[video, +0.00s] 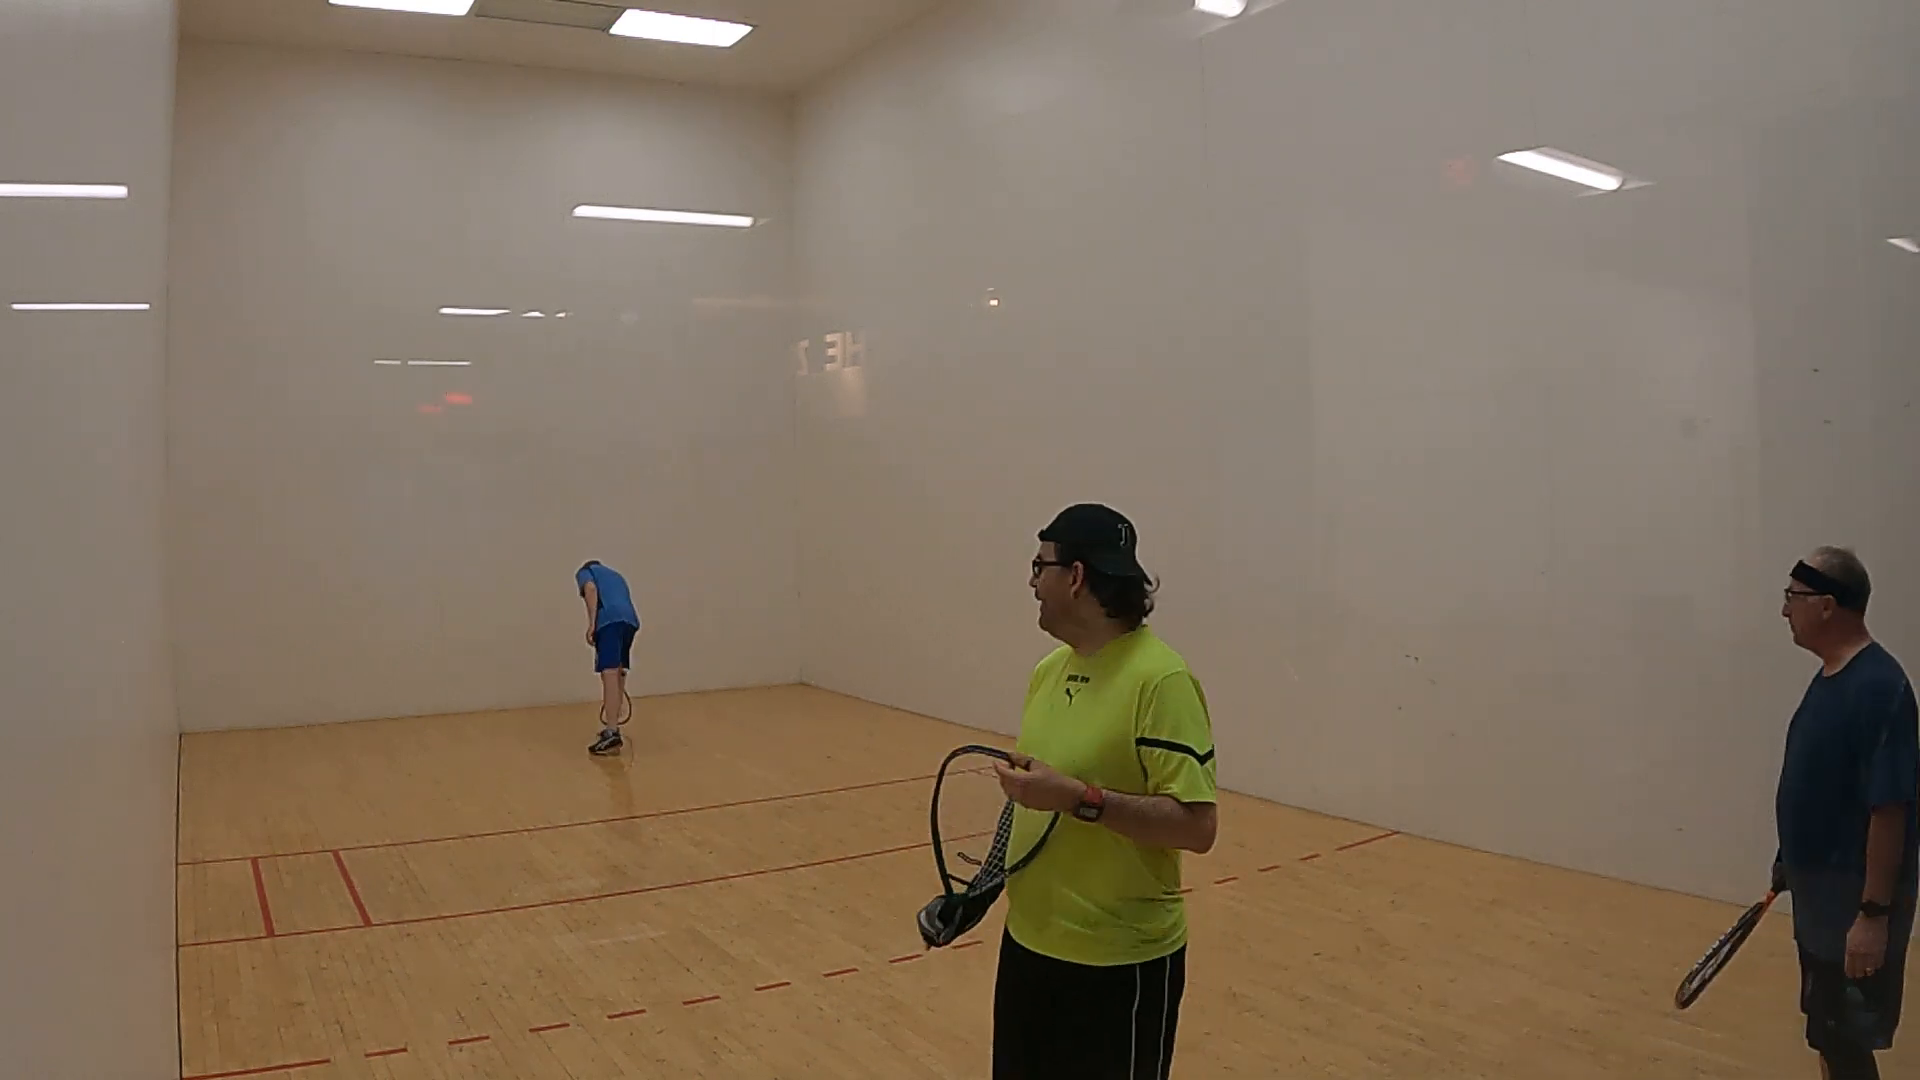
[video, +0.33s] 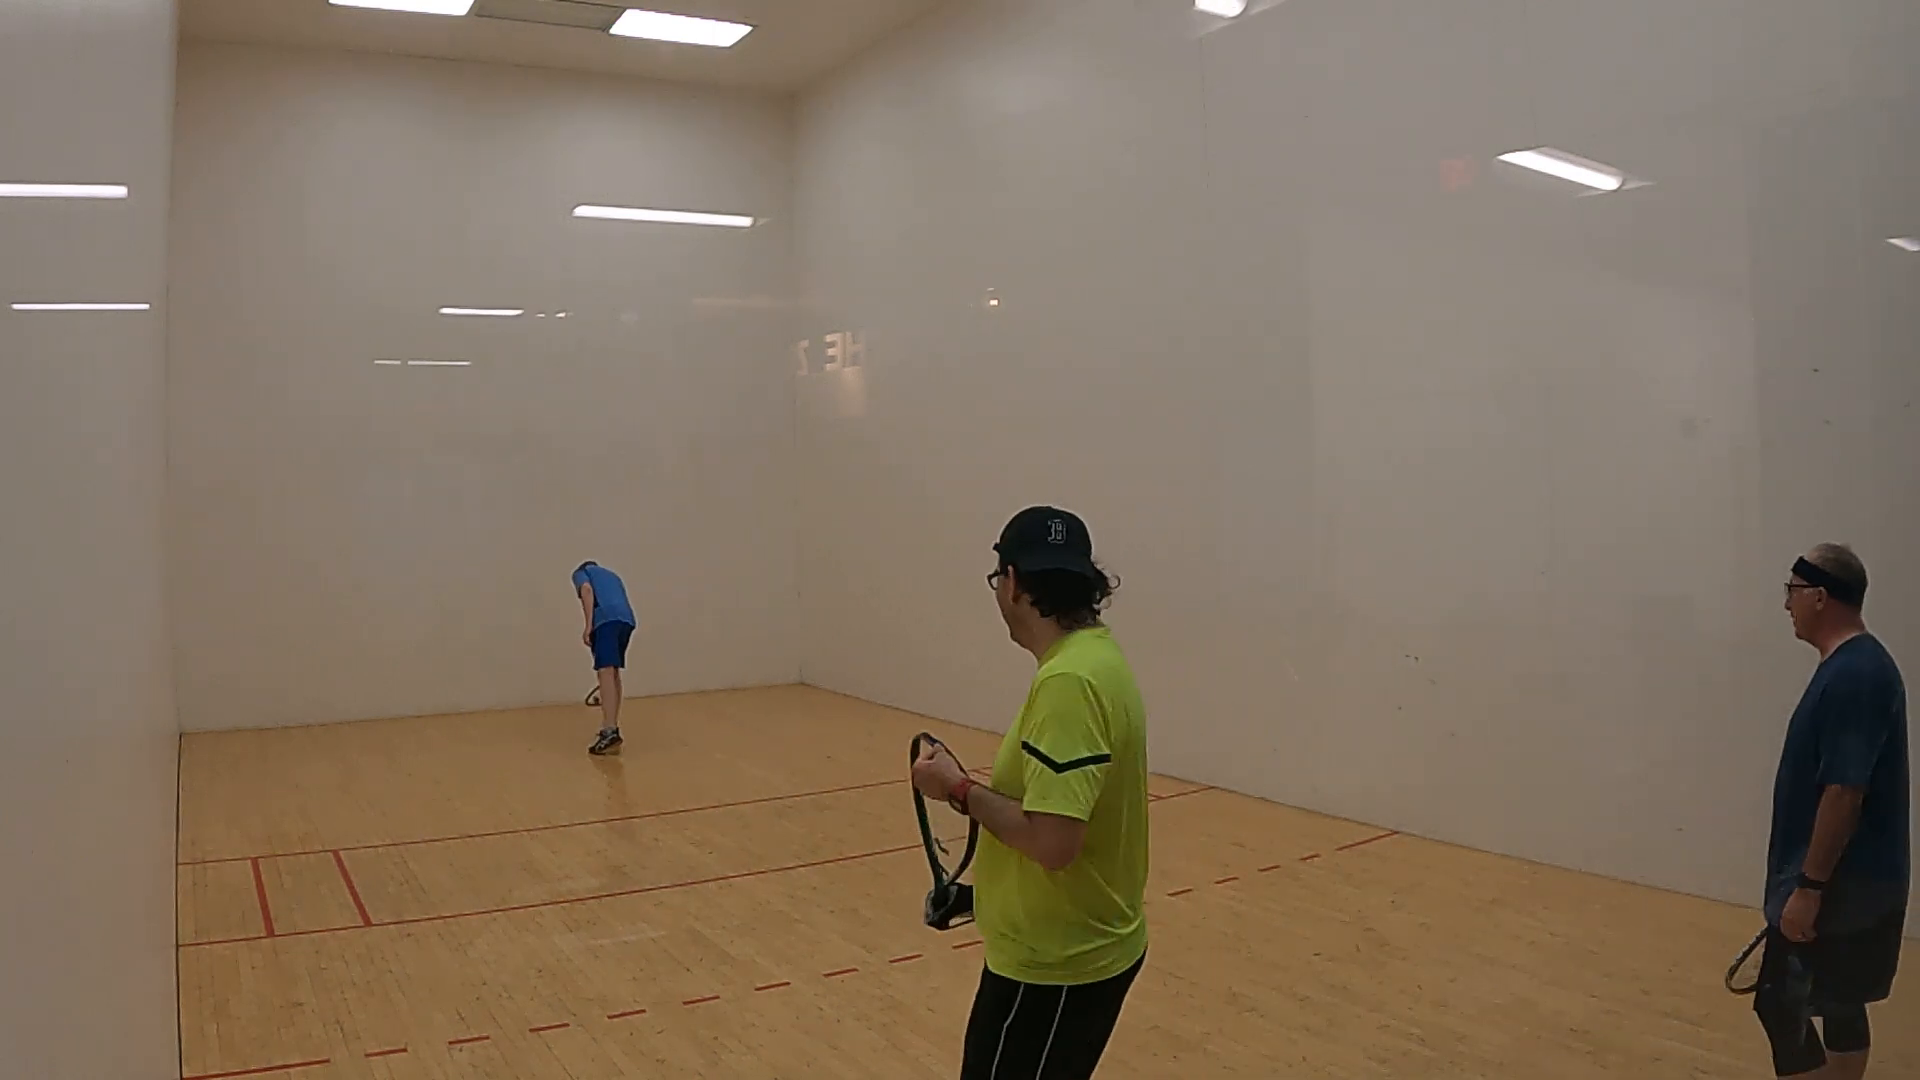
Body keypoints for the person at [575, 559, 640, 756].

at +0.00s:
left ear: (585, 568)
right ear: (599, 566)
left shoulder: (585, 571)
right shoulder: (615, 575)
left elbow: (591, 589)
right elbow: (622, 605)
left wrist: (591, 624)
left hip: (610, 619)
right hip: (630, 620)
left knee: (609, 673)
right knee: (619, 672)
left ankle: (612, 731)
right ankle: (616, 719)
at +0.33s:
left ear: (581, 568)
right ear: (595, 567)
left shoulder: (581, 572)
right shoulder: (611, 576)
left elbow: (587, 590)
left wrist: (588, 625)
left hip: (607, 619)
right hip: (627, 620)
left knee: (606, 673)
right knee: (614, 673)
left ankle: (609, 729)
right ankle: (612, 727)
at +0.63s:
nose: (580, 563)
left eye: (579, 560)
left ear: (580, 558)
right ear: (598, 556)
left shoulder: (580, 569)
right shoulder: (614, 569)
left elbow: (585, 596)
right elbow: (621, 599)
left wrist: (584, 632)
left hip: (601, 628)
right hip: (624, 626)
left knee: (592, 680)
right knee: (613, 676)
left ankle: (602, 732)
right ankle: (612, 725)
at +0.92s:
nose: (579, 558)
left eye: (578, 555)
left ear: (578, 553)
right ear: (599, 549)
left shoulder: (576, 570)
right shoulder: (616, 566)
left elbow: (577, 604)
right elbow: (629, 596)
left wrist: (573, 640)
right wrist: (629, 636)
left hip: (593, 636)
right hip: (622, 635)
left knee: (585, 685)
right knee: (617, 680)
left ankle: (603, 738)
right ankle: (619, 728)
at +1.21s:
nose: (587, 559)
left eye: (586, 556)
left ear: (585, 554)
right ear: (606, 549)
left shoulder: (582, 567)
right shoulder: (626, 563)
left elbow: (583, 600)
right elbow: (638, 595)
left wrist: (581, 638)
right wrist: (635, 626)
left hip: (600, 633)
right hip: (631, 632)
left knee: (599, 686)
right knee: (628, 688)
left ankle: (601, 740)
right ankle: (632, 745)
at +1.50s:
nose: (595, 558)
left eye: (594, 555)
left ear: (593, 553)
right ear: (615, 550)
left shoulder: (587, 568)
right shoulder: (636, 562)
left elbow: (585, 606)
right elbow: (661, 592)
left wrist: (584, 643)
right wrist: (656, 626)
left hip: (604, 637)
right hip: (636, 634)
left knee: (606, 691)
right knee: (632, 690)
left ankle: (614, 750)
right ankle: (633, 749)